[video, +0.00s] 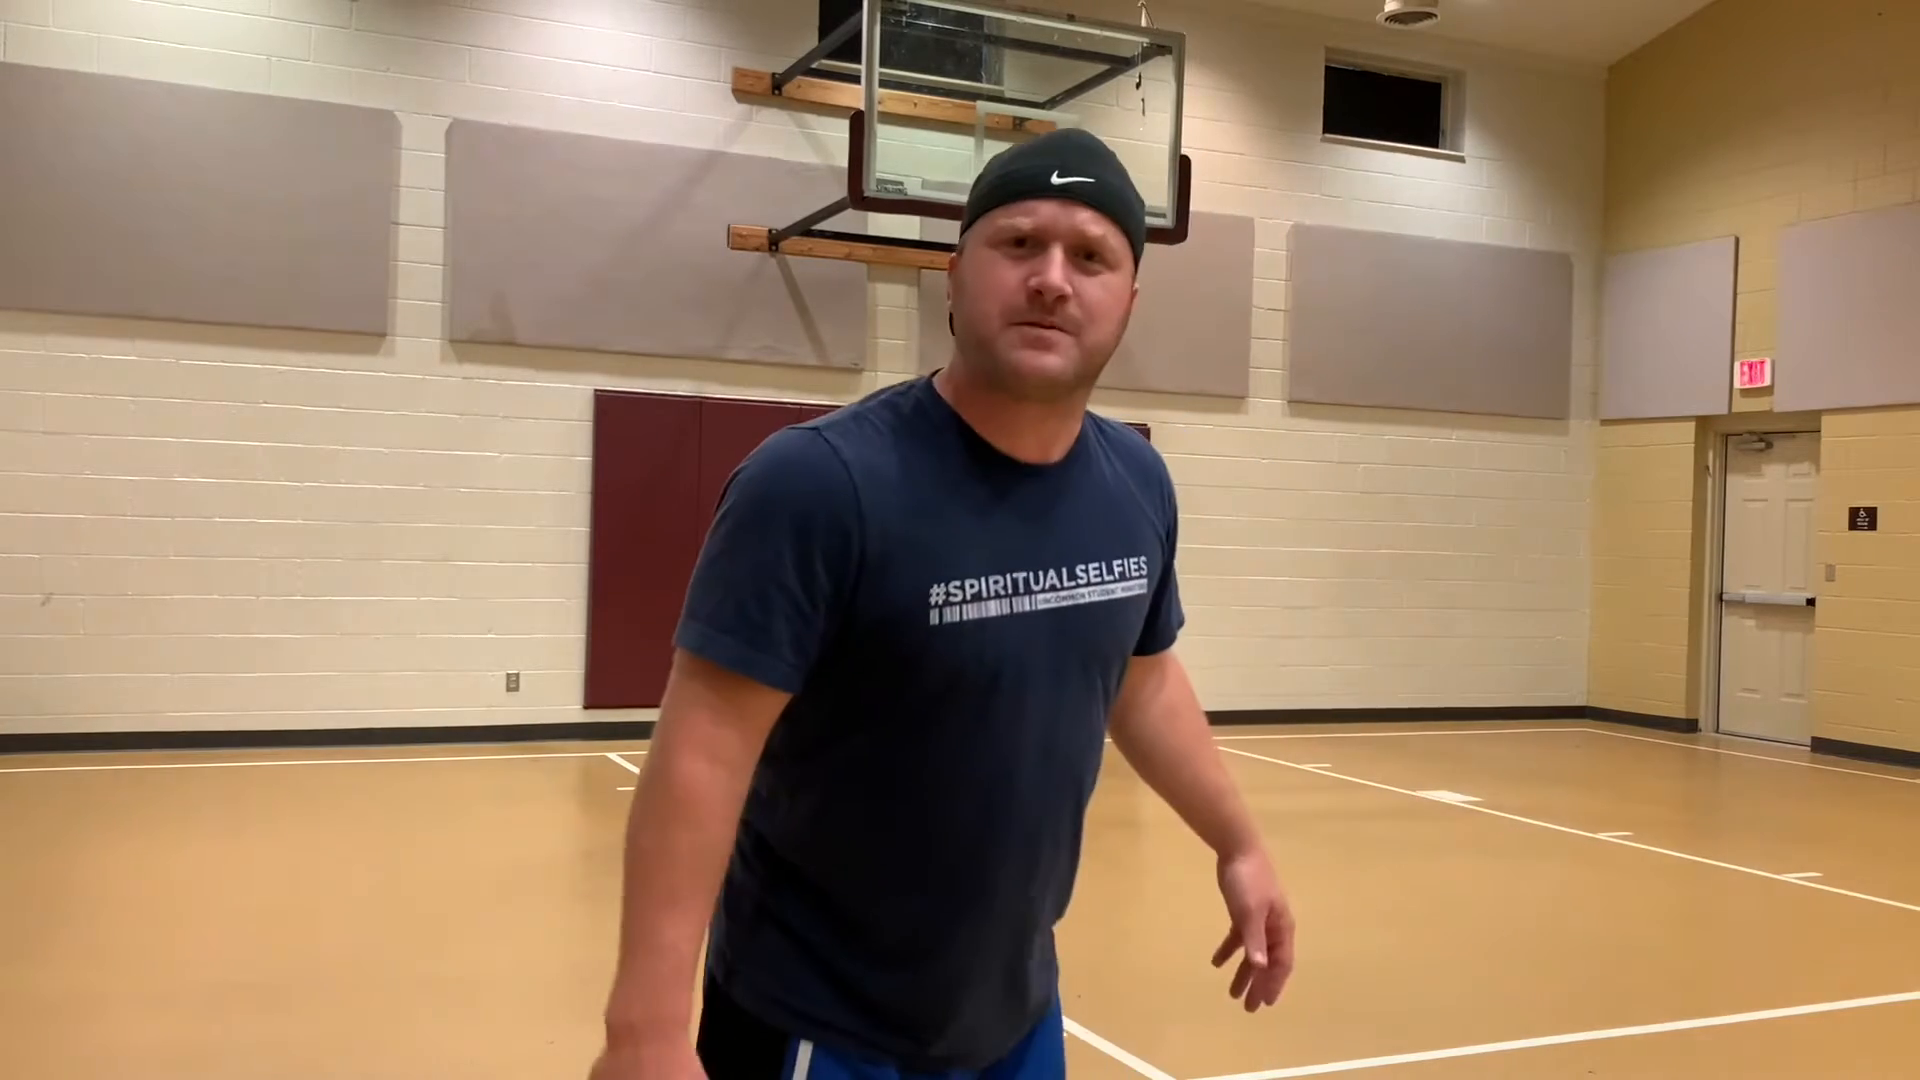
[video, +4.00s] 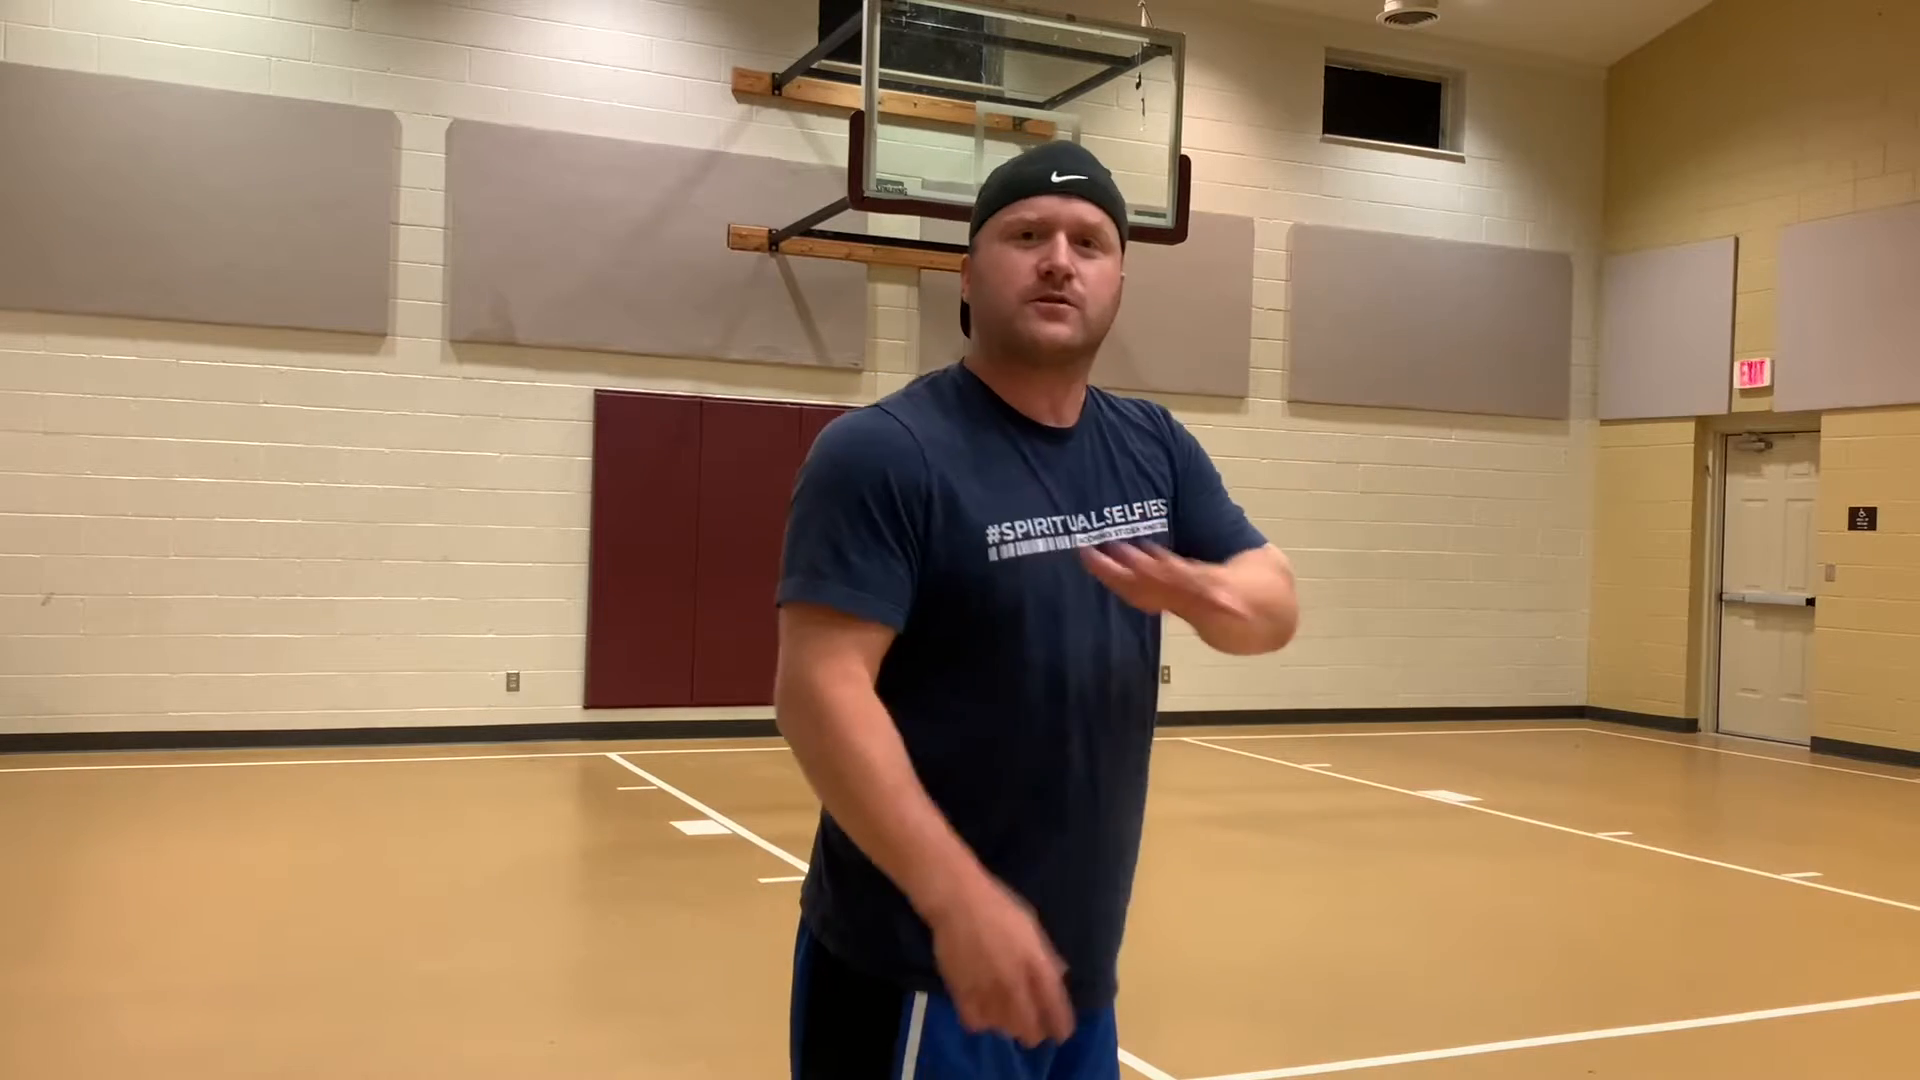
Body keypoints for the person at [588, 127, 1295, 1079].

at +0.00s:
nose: (1051, 279)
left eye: (1089, 258)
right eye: (1018, 245)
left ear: (1128, 300)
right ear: (954, 273)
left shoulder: (1132, 484)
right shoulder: (814, 486)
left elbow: (1145, 677)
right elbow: (704, 744)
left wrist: (1240, 840)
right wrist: (647, 1027)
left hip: (1012, 1010)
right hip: (815, 1022)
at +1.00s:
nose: (1044, 247)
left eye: (1074, 229)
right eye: (1014, 224)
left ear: (1112, 273)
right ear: (962, 263)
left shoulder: (1135, 450)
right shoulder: (875, 440)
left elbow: (1155, 631)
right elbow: (797, 663)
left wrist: (1207, 794)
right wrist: (981, 750)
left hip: (1089, 947)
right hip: (918, 958)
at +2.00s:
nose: (1005, 246)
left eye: (1036, 223)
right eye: (971, 219)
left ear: (1073, 263)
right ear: (914, 257)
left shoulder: (1106, 443)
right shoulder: (837, 448)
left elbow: (1147, 633)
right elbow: (806, 694)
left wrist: (1238, 804)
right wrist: (1039, 730)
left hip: (1076, 960)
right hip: (903, 977)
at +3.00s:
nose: (1005, 292)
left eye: (1038, 262)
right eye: (972, 258)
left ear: (1079, 281)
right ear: (917, 273)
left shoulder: (1092, 447)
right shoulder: (824, 483)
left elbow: (1116, 631)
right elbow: (766, 739)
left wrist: (1194, 799)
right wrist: (787, 1013)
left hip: (1059, 985)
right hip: (894, 1008)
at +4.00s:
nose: (1058, 262)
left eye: (1088, 243)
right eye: (1026, 236)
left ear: (1119, 285)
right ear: (967, 272)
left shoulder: (1153, 443)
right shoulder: (883, 454)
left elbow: (1274, 605)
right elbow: (819, 692)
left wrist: (1210, 597)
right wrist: (960, 900)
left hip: (1077, 965)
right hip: (908, 975)